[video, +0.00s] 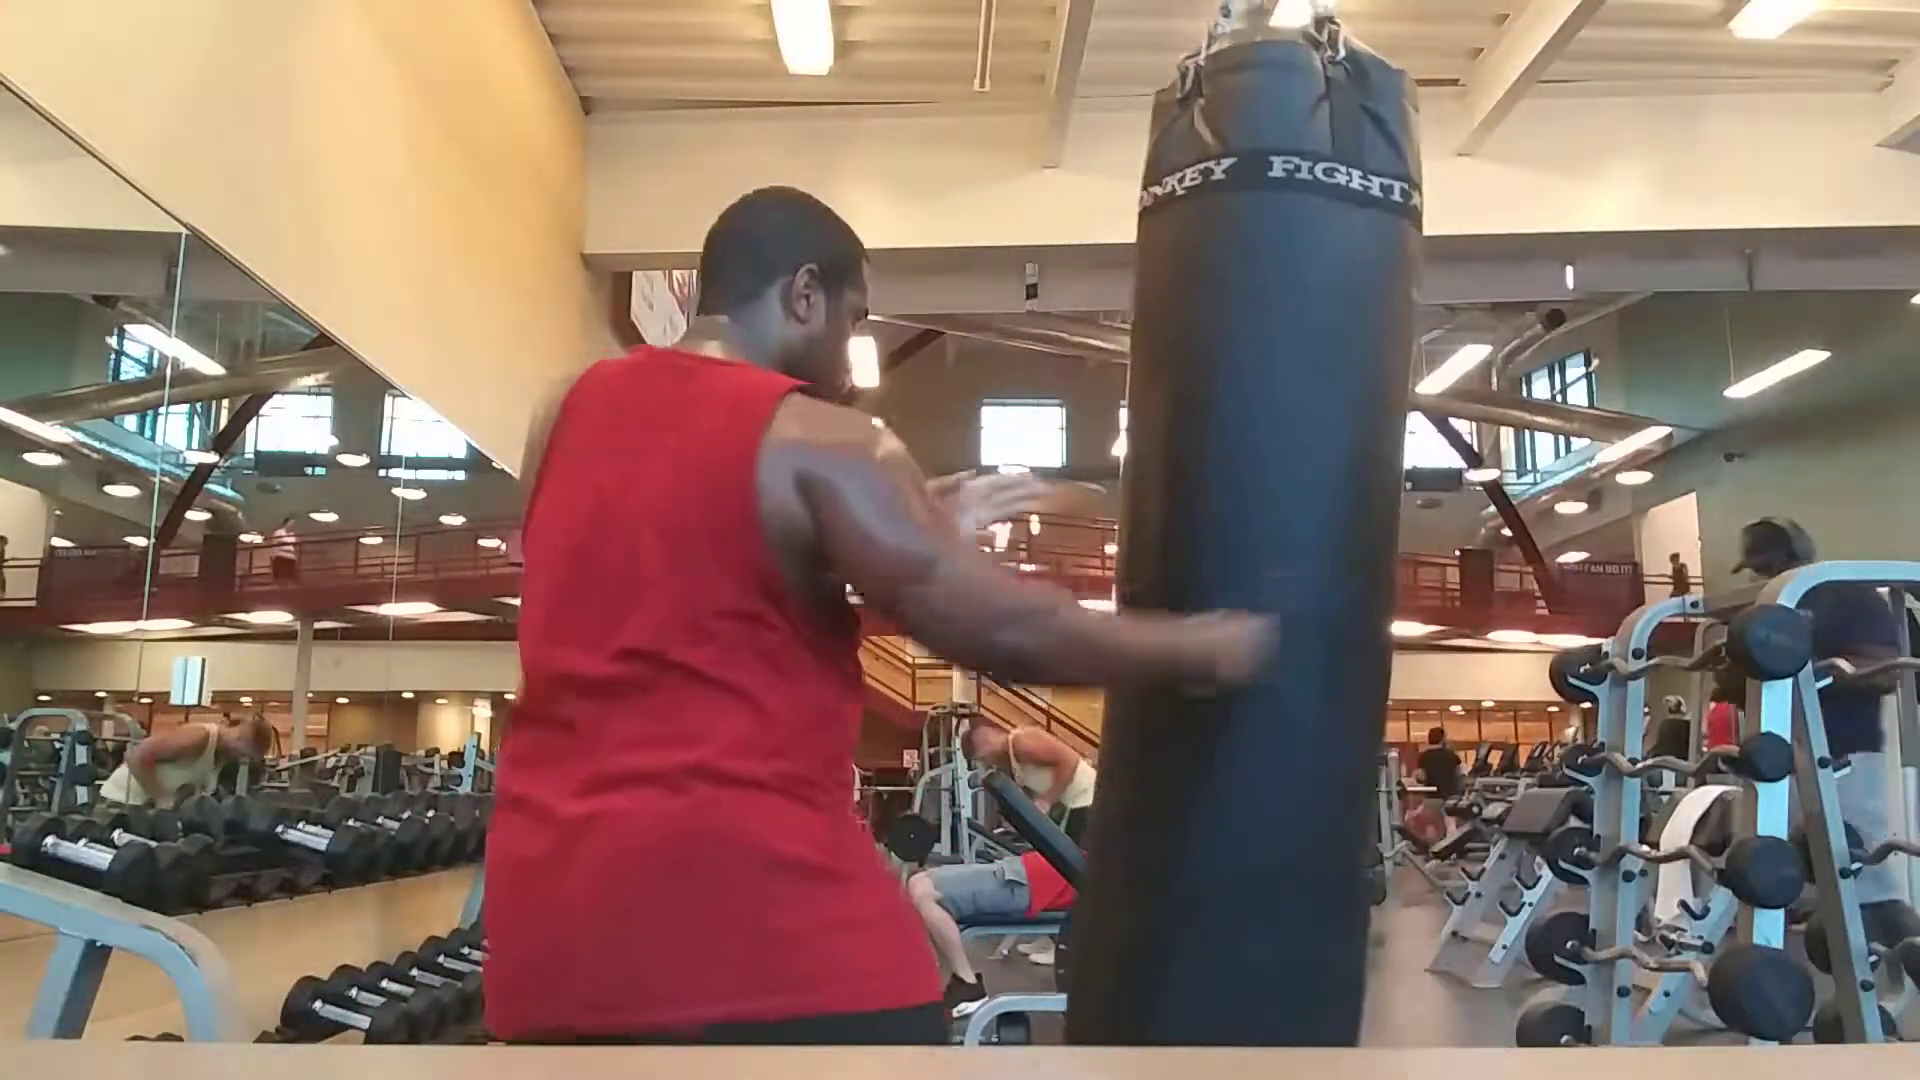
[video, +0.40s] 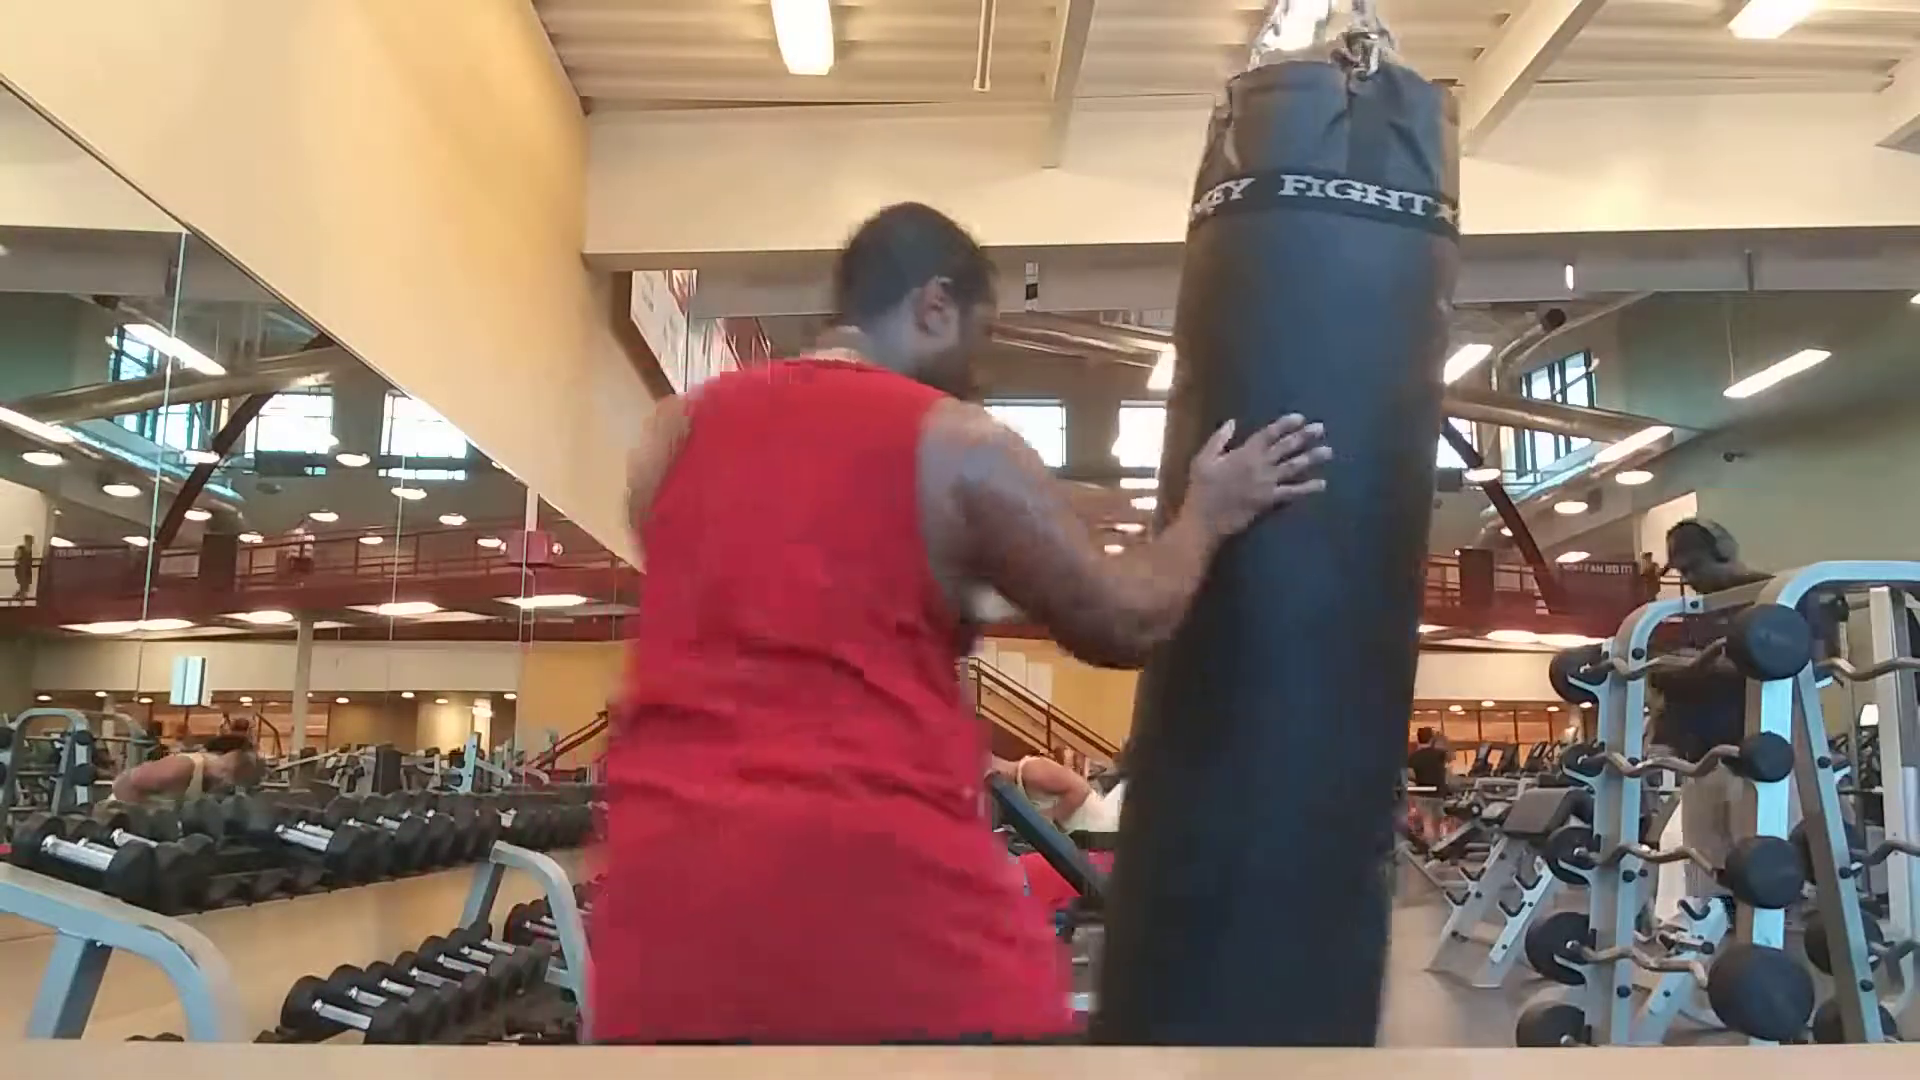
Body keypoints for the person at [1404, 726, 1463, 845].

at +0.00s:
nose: (1444, 739)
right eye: (1443, 737)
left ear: (1429, 739)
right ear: (1442, 739)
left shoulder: (1424, 756)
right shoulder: (1451, 755)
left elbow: (1420, 776)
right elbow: (1458, 775)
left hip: (1431, 797)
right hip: (1450, 797)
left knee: (1431, 827)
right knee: (1450, 827)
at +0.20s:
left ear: (1423, 739)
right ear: (1436, 738)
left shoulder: (1418, 756)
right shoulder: (1446, 755)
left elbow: (1413, 775)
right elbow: (1452, 776)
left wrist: (1423, 780)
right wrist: (1451, 791)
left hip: (1425, 795)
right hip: (1442, 794)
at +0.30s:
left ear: (1421, 738)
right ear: (1435, 738)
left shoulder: (1417, 756)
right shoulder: (1444, 754)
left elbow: (1411, 775)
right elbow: (1450, 775)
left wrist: (1421, 780)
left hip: (1423, 794)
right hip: (1440, 794)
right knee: (1437, 823)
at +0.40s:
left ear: (1418, 738)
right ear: (1432, 738)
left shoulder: (1413, 757)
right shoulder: (1440, 754)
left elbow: (1410, 775)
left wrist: (1418, 780)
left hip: (1422, 794)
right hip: (1439, 794)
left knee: (1426, 823)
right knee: (1437, 823)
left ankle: (1430, 847)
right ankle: (1438, 846)